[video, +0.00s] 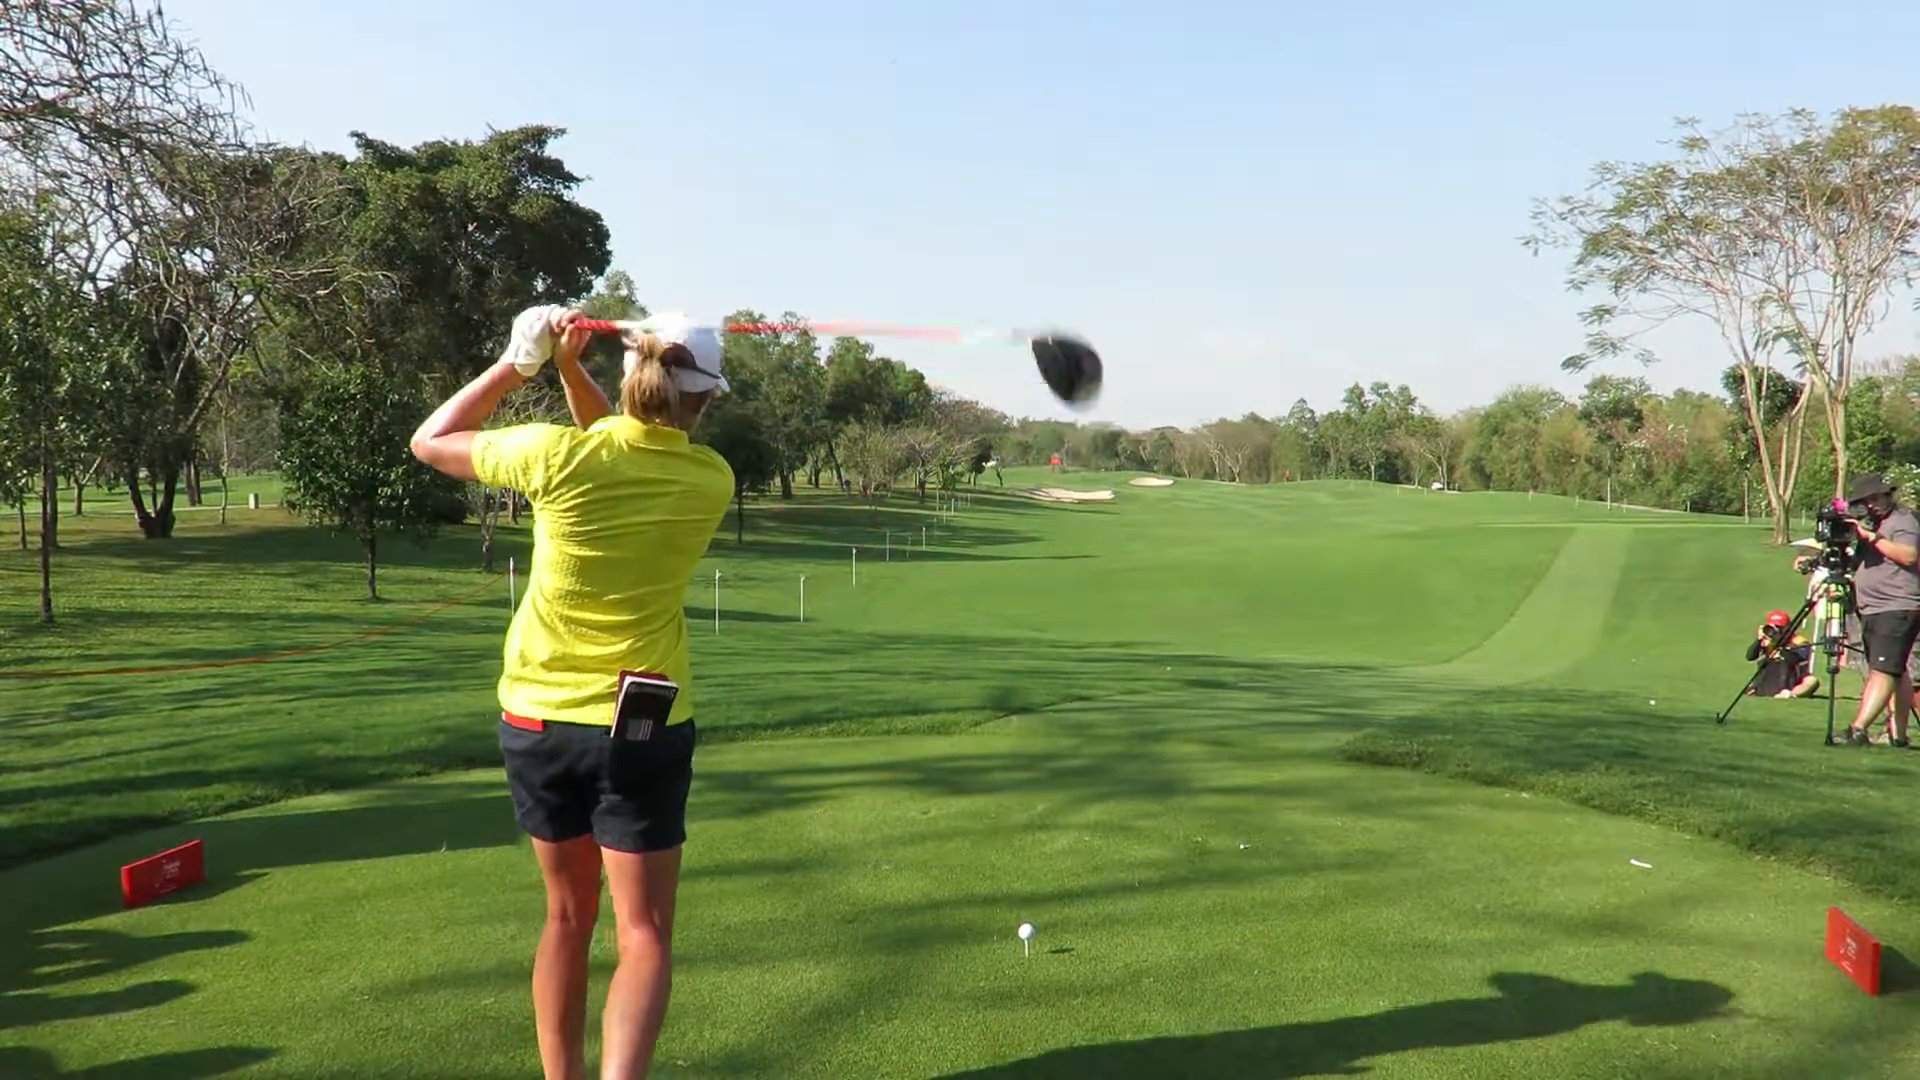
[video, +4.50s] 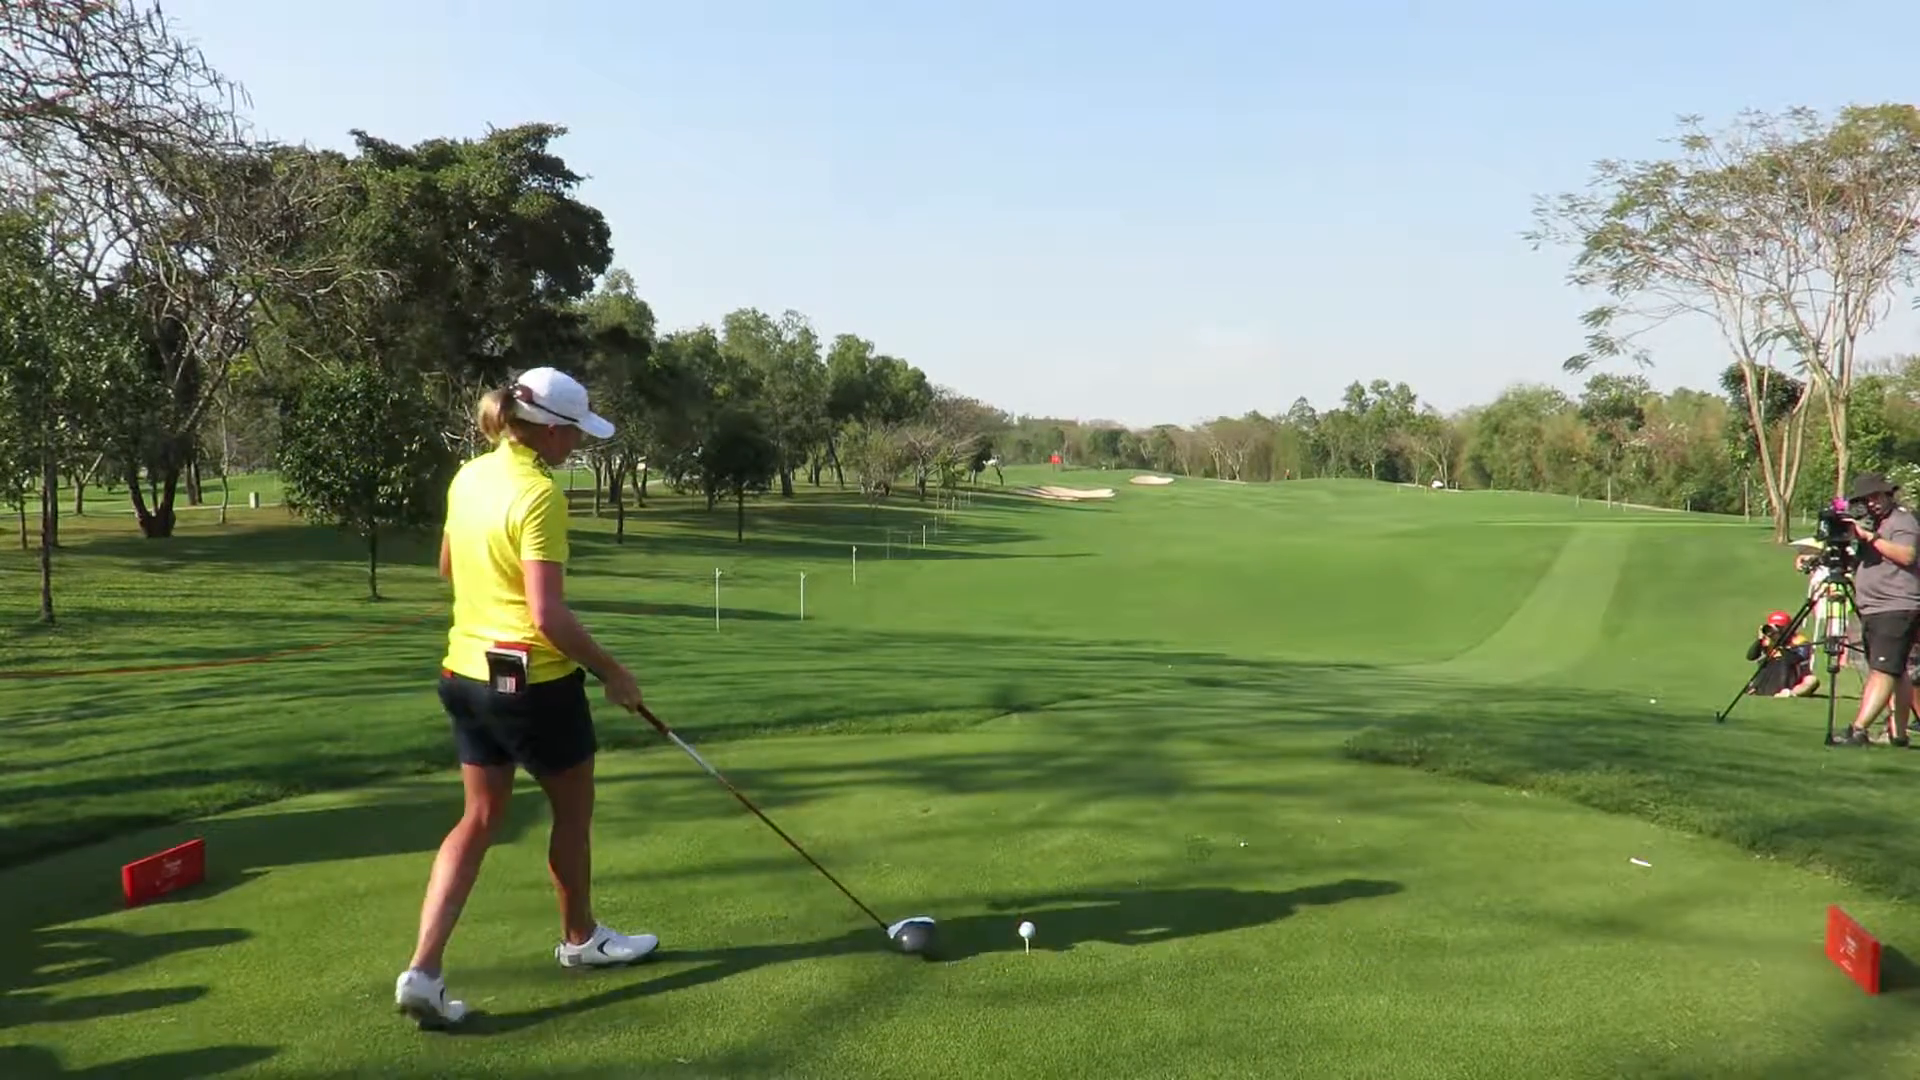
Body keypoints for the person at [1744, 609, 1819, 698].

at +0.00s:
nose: (1773, 633)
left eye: (1777, 630)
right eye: (1770, 630)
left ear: (1786, 629)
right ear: (1767, 629)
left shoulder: (1799, 642)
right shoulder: (1769, 642)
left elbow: (1800, 657)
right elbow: (1750, 657)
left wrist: (1782, 653)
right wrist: (1759, 640)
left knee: (1812, 680)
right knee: (1749, 689)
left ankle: (1791, 694)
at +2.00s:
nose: (1774, 636)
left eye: (1777, 632)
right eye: (1771, 632)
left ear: (1786, 631)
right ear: (1767, 632)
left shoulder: (1798, 644)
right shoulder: (1767, 645)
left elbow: (1799, 661)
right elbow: (1750, 660)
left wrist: (1783, 655)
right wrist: (1759, 643)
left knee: (1812, 683)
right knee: (1749, 691)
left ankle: (1791, 696)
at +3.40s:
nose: (1777, 633)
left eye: (1781, 630)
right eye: (1774, 630)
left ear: (1789, 630)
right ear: (1770, 630)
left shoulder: (1799, 644)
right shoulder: (1767, 642)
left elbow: (1797, 660)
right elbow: (1750, 661)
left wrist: (1782, 655)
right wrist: (1757, 644)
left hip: (1792, 682)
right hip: (1770, 680)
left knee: (1812, 683)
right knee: (1749, 691)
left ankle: (1791, 696)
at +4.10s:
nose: (1772, 634)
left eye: (1776, 630)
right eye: (1770, 630)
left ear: (1785, 630)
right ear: (1769, 629)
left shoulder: (1799, 642)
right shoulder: (1769, 642)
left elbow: (1800, 658)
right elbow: (1751, 658)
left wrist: (1783, 654)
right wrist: (1760, 642)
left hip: (1794, 678)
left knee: (1812, 681)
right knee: (1751, 688)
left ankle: (1791, 694)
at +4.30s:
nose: (1772, 634)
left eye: (1777, 630)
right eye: (1770, 630)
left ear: (1786, 630)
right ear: (1767, 629)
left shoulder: (1799, 643)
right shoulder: (1769, 642)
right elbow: (1750, 657)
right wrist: (1759, 641)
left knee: (1812, 680)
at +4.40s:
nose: (1772, 634)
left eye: (1776, 631)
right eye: (1770, 630)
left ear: (1785, 630)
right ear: (1767, 630)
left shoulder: (1799, 643)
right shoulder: (1769, 642)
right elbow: (1750, 657)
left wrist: (1793, 693)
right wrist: (1759, 641)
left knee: (1812, 680)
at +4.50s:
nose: (1772, 634)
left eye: (1776, 630)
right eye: (1770, 630)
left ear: (1785, 630)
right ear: (1768, 629)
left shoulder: (1800, 642)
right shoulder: (1770, 642)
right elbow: (1751, 657)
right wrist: (1759, 641)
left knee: (1812, 680)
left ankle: (1792, 693)